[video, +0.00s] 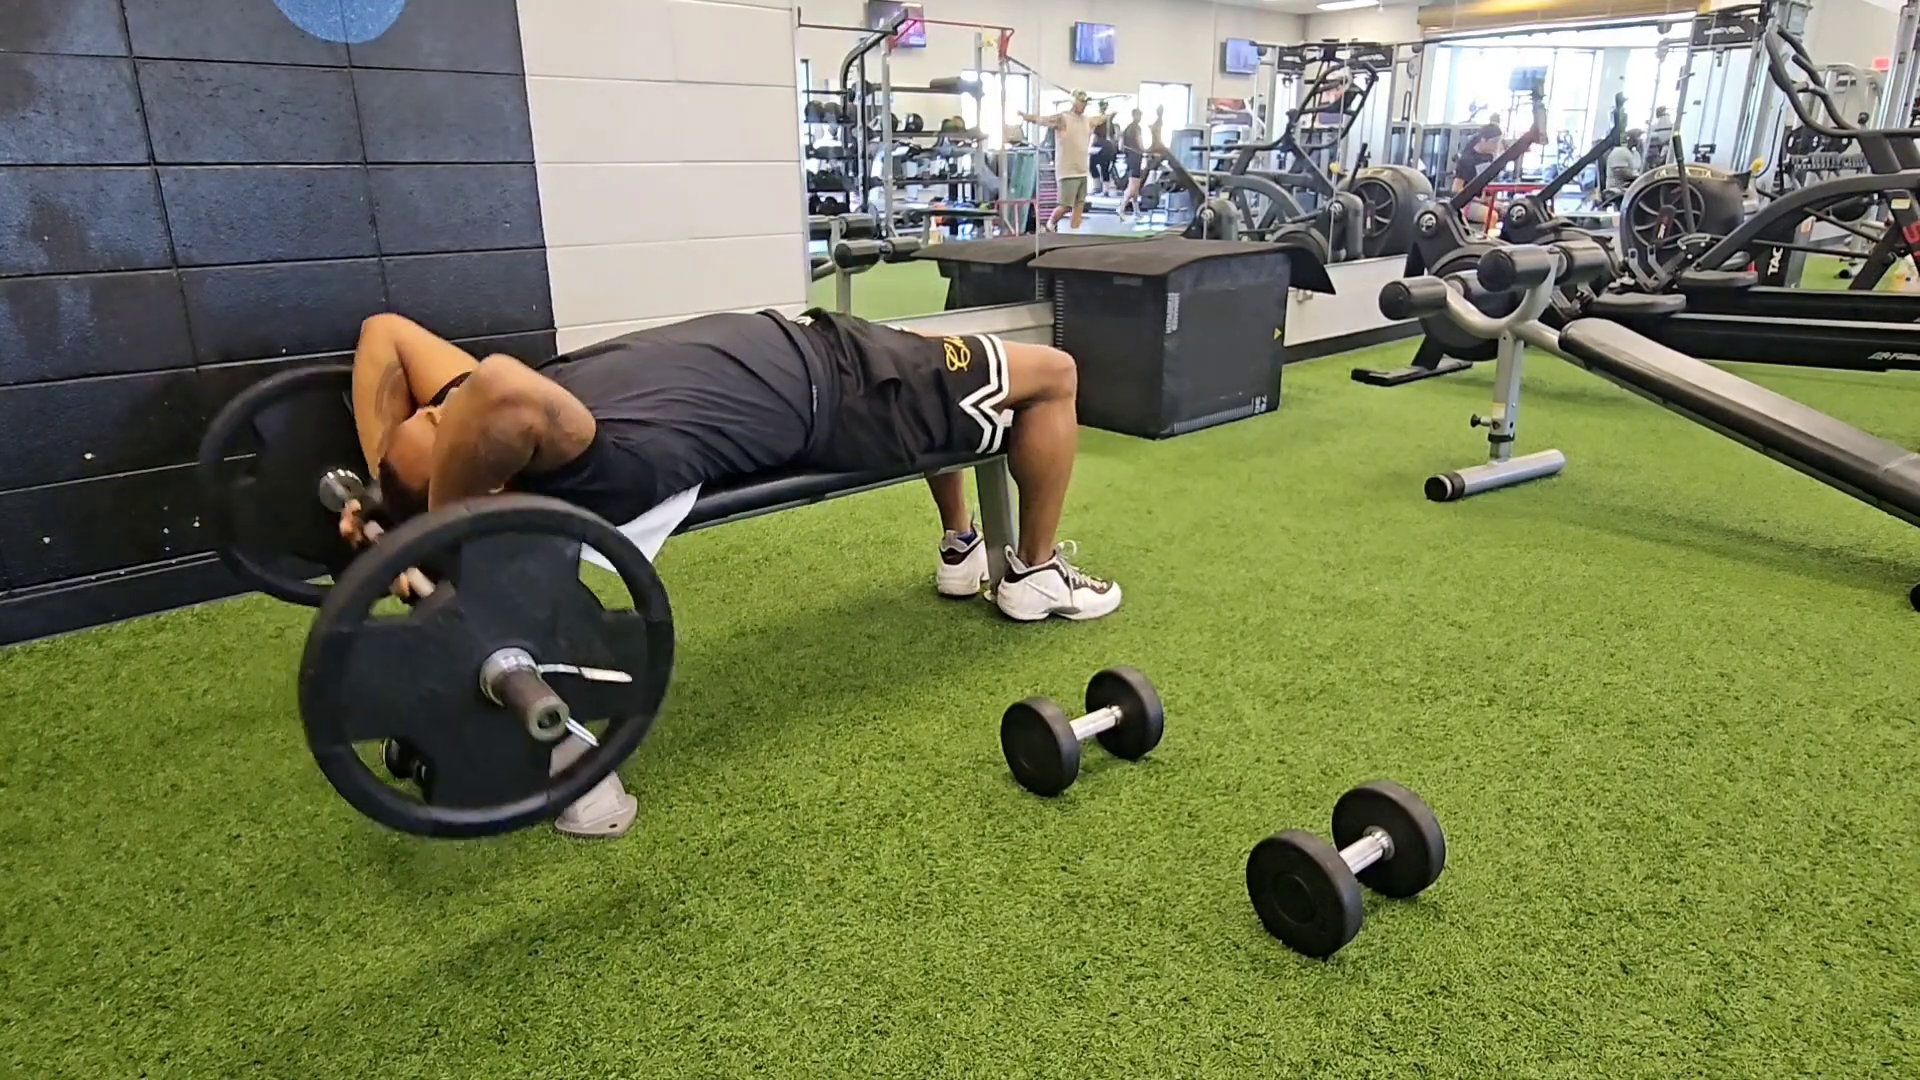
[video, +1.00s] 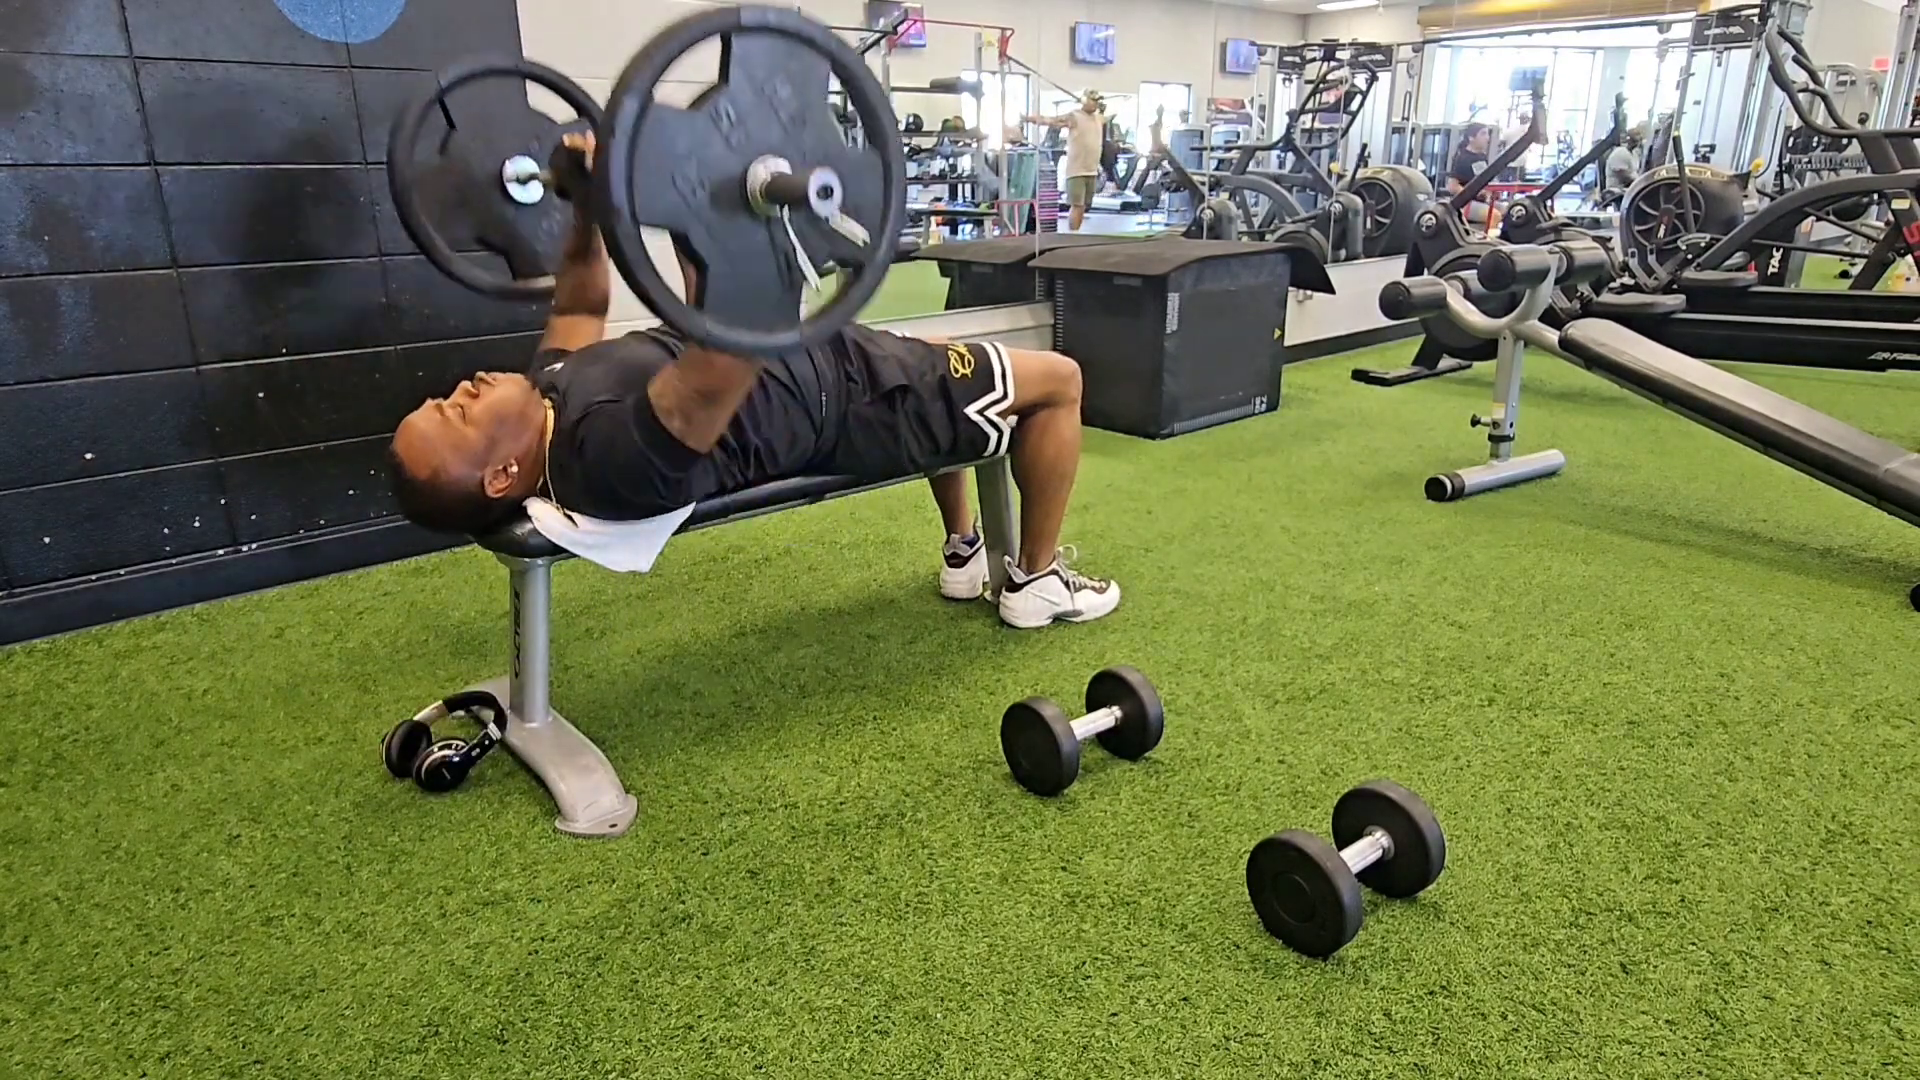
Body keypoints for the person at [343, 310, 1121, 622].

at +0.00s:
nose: (437, 400)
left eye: (420, 414)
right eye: (443, 415)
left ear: (405, 477)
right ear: (487, 479)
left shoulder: (458, 431)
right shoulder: (589, 465)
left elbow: (382, 330)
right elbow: (506, 392)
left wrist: (381, 477)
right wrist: (427, 532)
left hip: (775, 340)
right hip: (831, 381)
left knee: (926, 341)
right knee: (1053, 375)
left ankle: (965, 542)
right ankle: (1035, 571)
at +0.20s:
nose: (373, 408)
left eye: (366, 405)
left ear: (369, 418)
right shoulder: (598, 461)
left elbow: (467, 283)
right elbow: (582, 317)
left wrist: (377, 395)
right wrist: (435, 400)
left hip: (769, 340)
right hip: (826, 388)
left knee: (930, 352)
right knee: (1046, 372)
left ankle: (965, 542)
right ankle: (1036, 572)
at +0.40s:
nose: (444, 436)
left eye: (430, 442)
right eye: (442, 446)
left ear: (488, 480)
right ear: (497, 486)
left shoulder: (515, 418)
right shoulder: (596, 459)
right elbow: (709, 382)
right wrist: (706, 335)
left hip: (773, 345)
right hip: (819, 390)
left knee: (929, 341)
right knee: (1048, 374)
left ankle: (965, 541)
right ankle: (1040, 573)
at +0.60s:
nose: (473, 381)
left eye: (452, 392)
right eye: (464, 409)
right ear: (508, 476)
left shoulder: (544, 393)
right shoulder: (609, 468)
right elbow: (724, 495)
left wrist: (610, 317)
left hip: (781, 373)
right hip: (849, 422)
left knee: (938, 340)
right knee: (1061, 375)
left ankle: (964, 544)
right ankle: (1041, 577)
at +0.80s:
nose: (475, 372)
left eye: (453, 390)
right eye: (466, 401)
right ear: (513, 468)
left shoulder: (547, 396)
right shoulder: (630, 467)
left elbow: (646, 357)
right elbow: (760, 457)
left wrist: (634, 310)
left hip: (792, 373)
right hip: (846, 422)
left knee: (941, 349)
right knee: (1066, 378)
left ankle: (965, 546)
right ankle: (1040, 578)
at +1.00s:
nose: (467, 377)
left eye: (445, 392)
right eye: (457, 405)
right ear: (505, 473)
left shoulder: (545, 395)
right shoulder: (608, 460)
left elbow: (575, 313)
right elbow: (715, 371)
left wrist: (585, 204)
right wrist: (719, 221)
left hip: (804, 358)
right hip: (844, 401)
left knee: (937, 349)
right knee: (1060, 380)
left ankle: (965, 546)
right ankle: (1039, 578)